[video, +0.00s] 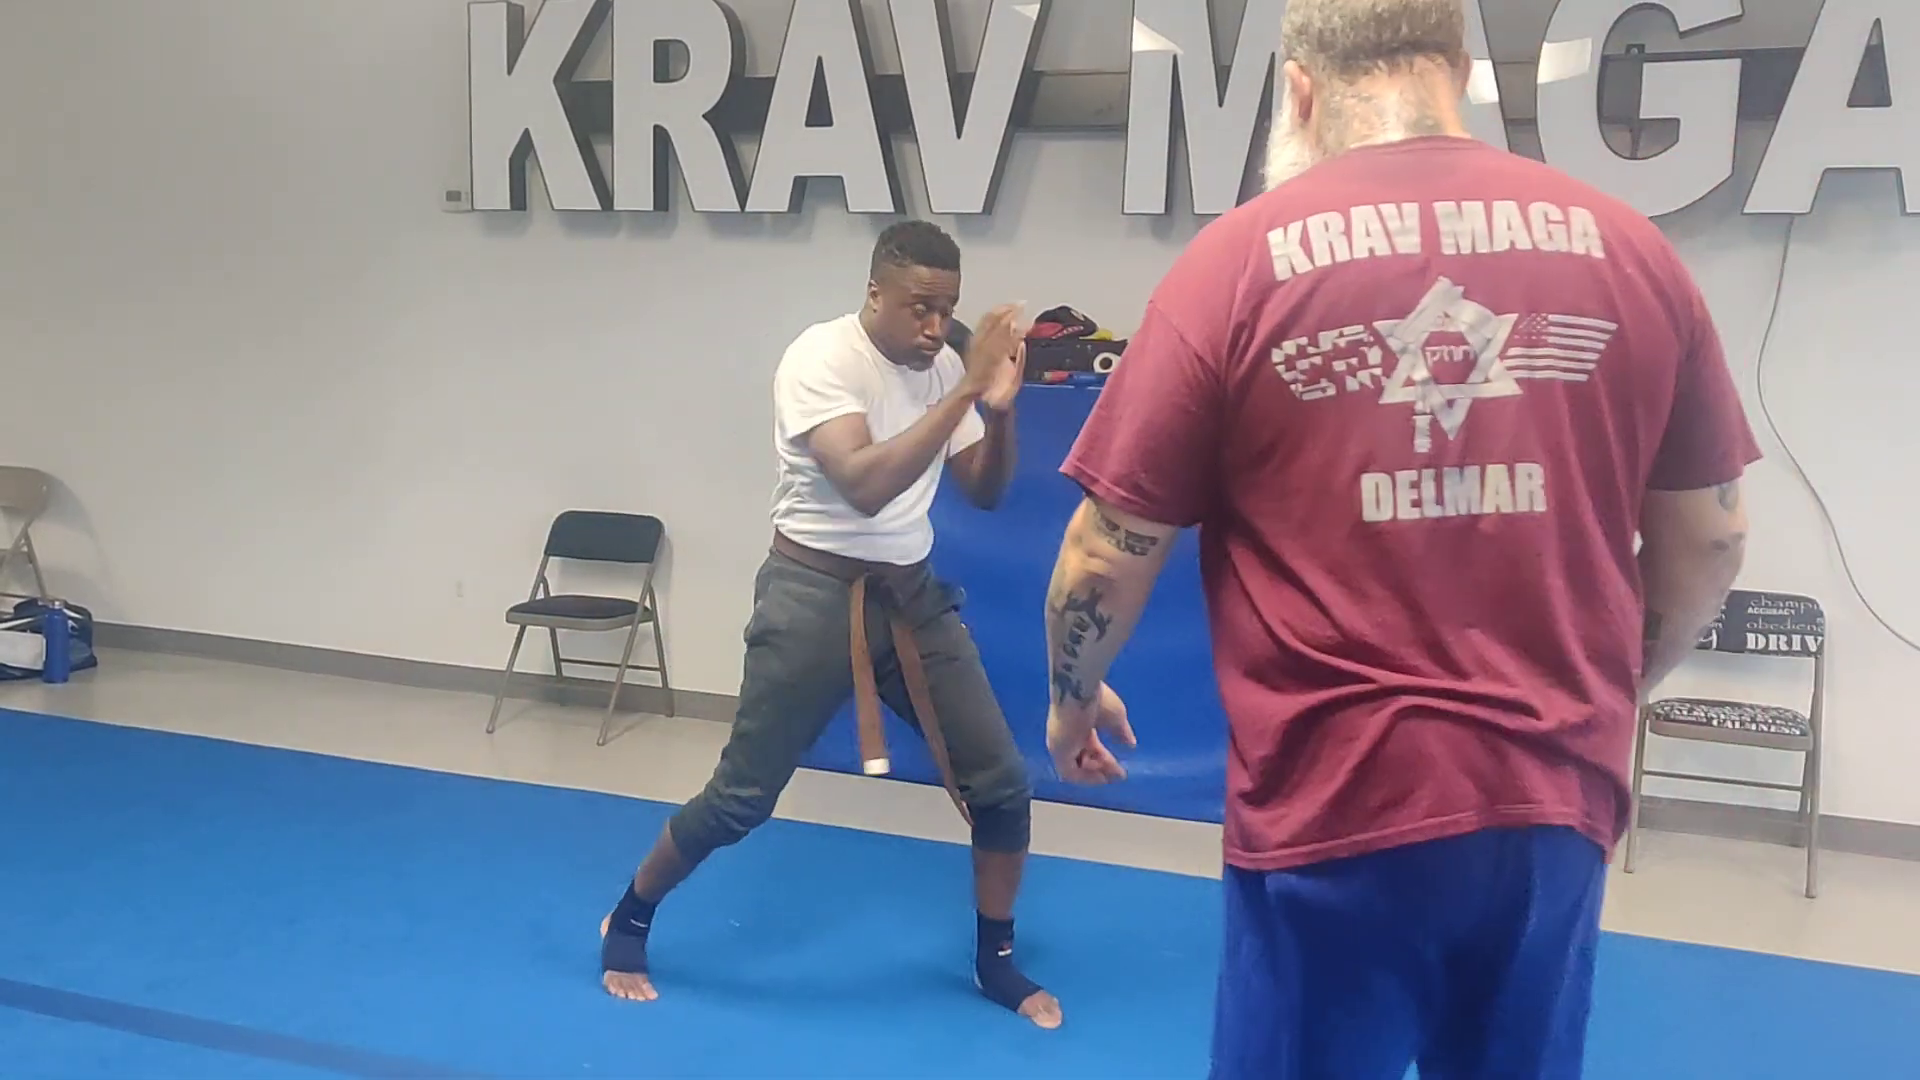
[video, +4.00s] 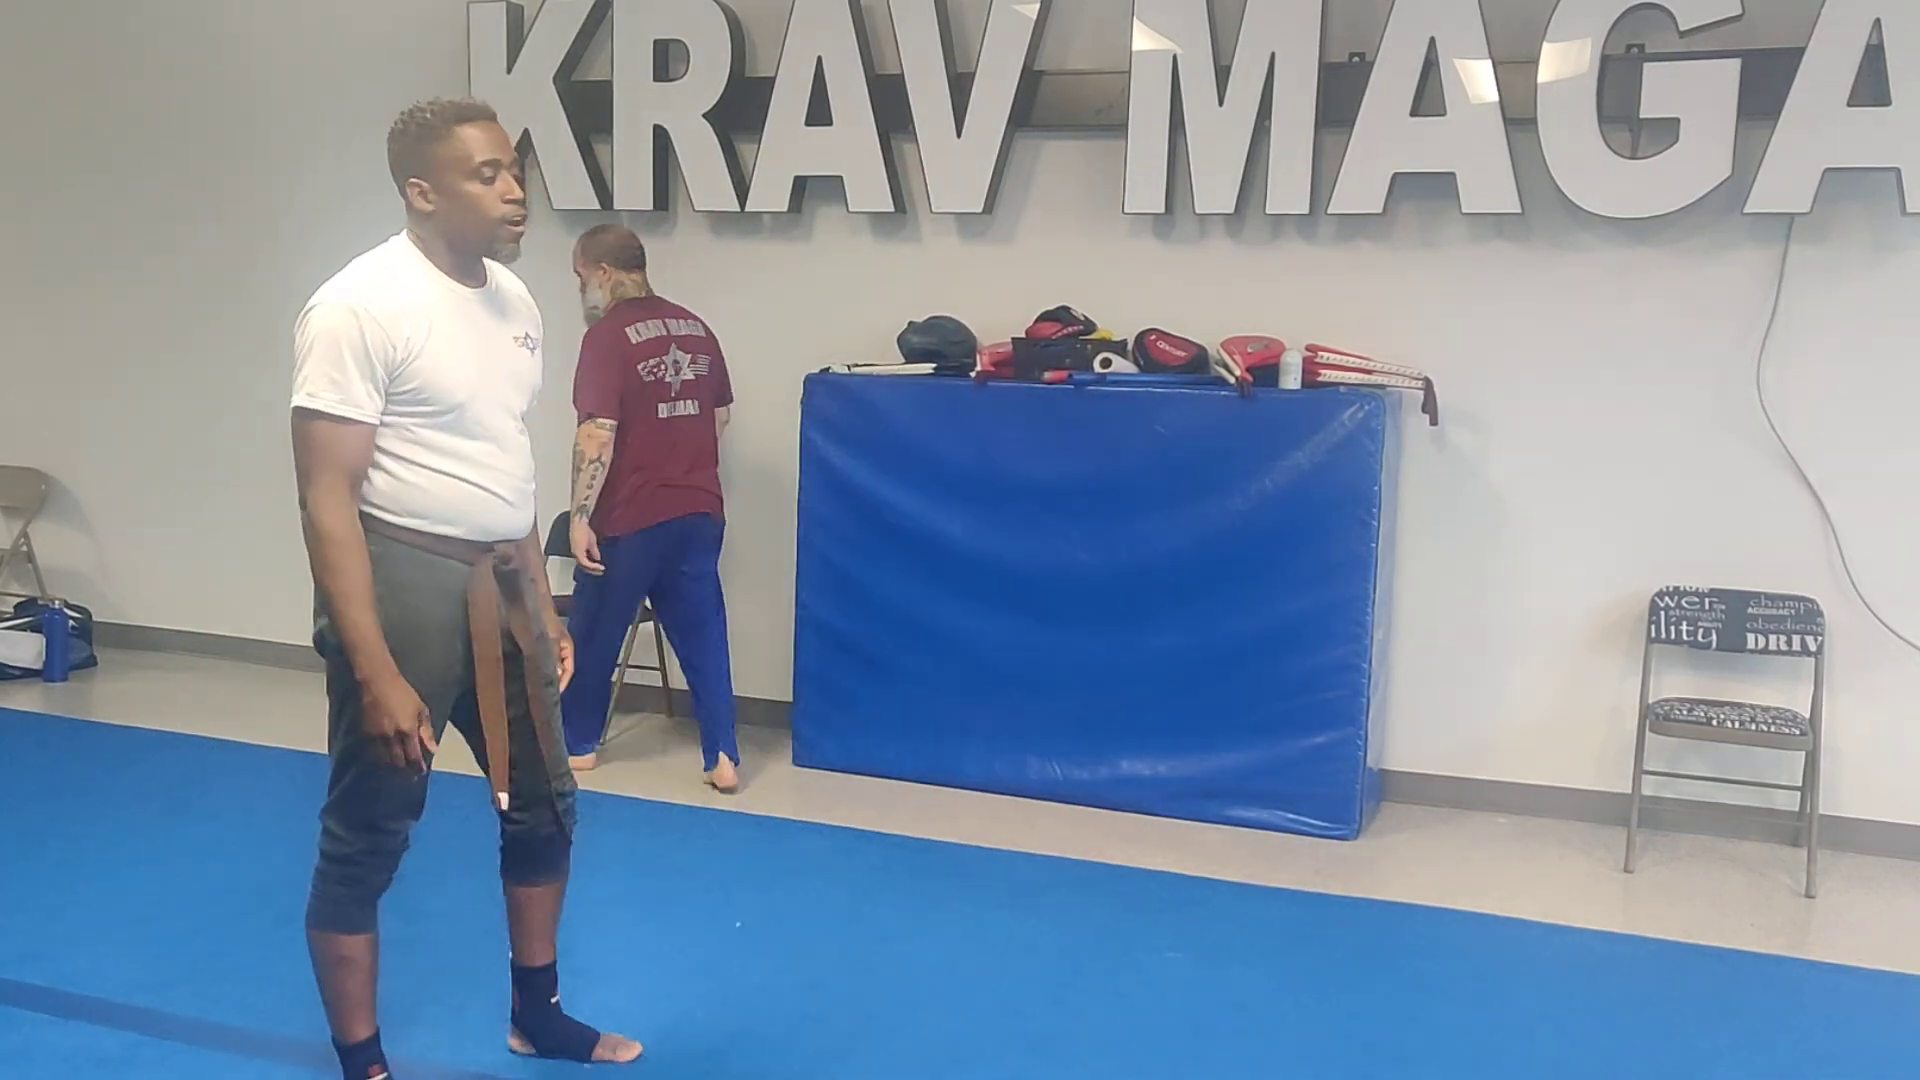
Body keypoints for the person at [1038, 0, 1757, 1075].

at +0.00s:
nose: (1274, 124)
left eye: (1274, 102)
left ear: (1299, 89)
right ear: (1461, 78)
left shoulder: (1246, 253)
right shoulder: (1628, 245)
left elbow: (1105, 559)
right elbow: (1708, 535)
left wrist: (1075, 693)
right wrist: (1617, 680)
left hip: (1333, 788)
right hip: (1556, 783)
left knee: (1303, 1064)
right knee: (1517, 1066)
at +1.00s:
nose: (1100, 204)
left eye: (1100, 191)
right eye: (1107, 190)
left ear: (1111, 187)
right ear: (1207, 176)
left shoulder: (1081, 304)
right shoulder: (1319, 283)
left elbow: (1013, 507)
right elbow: (1386, 462)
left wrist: (996, 628)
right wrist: (1343, 582)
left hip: (1146, 645)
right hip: (1290, 642)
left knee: (1130, 902)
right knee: (1280, 872)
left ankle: (1146, 1068)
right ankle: (1303, 1065)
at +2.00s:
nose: (897, 239)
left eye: (897, 228)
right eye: (901, 227)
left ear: (909, 229)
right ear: (980, 222)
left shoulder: (896, 318)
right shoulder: (1057, 303)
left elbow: (849, 461)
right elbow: (1105, 436)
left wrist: (828, 563)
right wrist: (1076, 521)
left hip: (936, 568)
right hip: (1039, 563)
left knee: (922, 756)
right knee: (1048, 744)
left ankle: (932, 933)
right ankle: (1065, 875)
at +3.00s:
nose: (731, 270)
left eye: (730, 261)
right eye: (734, 260)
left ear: (739, 259)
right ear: (798, 256)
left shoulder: (734, 329)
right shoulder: (859, 323)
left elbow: (704, 444)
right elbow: (890, 436)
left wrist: (684, 532)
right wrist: (853, 502)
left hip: (765, 532)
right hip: (848, 529)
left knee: (745, 678)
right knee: (845, 674)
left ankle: (739, 809)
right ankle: (864, 807)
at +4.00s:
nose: (579, 287)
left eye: (581, 275)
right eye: (579, 276)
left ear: (603, 274)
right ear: (637, 270)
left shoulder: (606, 334)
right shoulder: (694, 326)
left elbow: (598, 434)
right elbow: (719, 414)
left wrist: (579, 515)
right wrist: (684, 468)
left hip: (633, 514)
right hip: (700, 508)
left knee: (595, 631)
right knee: (704, 638)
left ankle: (579, 744)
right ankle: (723, 758)